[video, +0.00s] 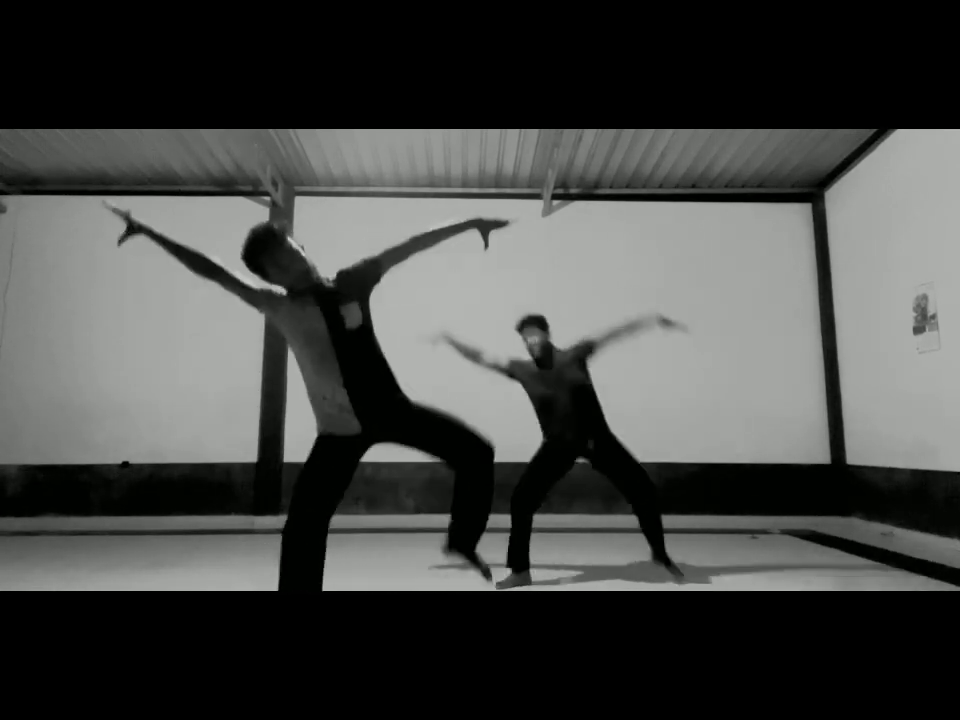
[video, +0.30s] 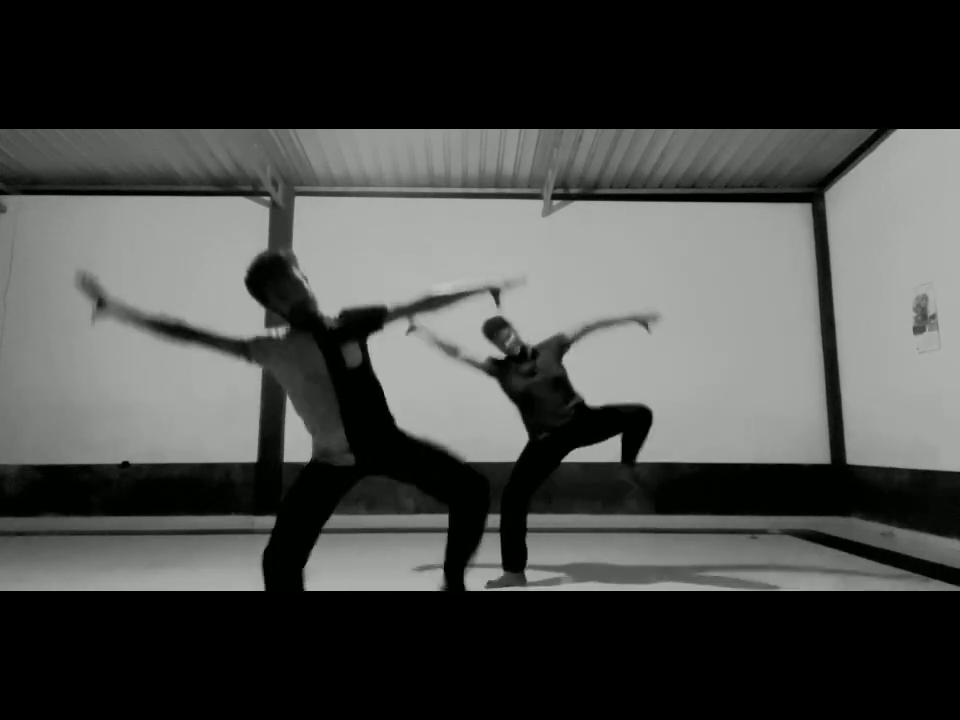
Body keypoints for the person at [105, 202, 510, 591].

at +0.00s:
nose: (292, 261)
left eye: (288, 252)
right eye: (280, 262)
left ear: (296, 248)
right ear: (270, 274)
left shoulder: (354, 282)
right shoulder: (278, 310)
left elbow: (413, 246)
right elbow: (211, 271)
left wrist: (472, 224)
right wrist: (148, 232)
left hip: (395, 416)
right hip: (339, 434)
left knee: (476, 453)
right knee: (303, 527)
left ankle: (460, 551)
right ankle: (299, 598)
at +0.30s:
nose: (298, 285)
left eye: (295, 276)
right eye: (284, 283)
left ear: (303, 279)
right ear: (270, 302)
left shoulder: (351, 323)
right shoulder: (270, 351)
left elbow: (420, 306)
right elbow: (185, 334)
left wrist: (482, 288)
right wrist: (115, 310)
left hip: (389, 448)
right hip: (331, 463)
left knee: (473, 491)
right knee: (280, 561)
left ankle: (454, 584)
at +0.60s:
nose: (358, 321)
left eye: (364, 310)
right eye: (351, 312)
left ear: (383, 306)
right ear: (346, 315)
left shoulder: (423, 360)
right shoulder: (353, 369)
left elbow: (452, 407)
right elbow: (295, 408)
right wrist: (245, 441)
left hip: (422, 479)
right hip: (372, 480)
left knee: (452, 572)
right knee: (306, 558)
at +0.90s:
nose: (401, 276)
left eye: (404, 269)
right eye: (403, 269)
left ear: (410, 273)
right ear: (440, 273)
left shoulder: (409, 315)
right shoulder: (456, 310)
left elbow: (367, 320)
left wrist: (332, 321)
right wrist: (370, 324)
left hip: (462, 438)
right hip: (484, 433)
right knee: (413, 475)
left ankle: (459, 579)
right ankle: (451, 562)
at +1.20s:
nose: (433, 276)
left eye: (433, 271)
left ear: (432, 277)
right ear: (470, 273)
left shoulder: (425, 313)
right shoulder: (493, 311)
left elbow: (362, 282)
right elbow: (523, 283)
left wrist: (313, 255)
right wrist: (537, 254)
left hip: (457, 447)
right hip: (502, 440)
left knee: (459, 545)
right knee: (532, 488)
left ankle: (470, 593)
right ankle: (555, 547)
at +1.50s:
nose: (460, 341)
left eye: (457, 334)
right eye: (464, 331)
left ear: (459, 336)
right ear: (490, 328)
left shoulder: (459, 380)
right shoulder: (522, 369)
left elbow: (401, 408)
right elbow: (562, 378)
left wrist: (343, 426)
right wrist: (598, 379)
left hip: (494, 487)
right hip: (541, 485)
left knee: (422, 553)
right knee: (568, 548)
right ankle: (577, 589)